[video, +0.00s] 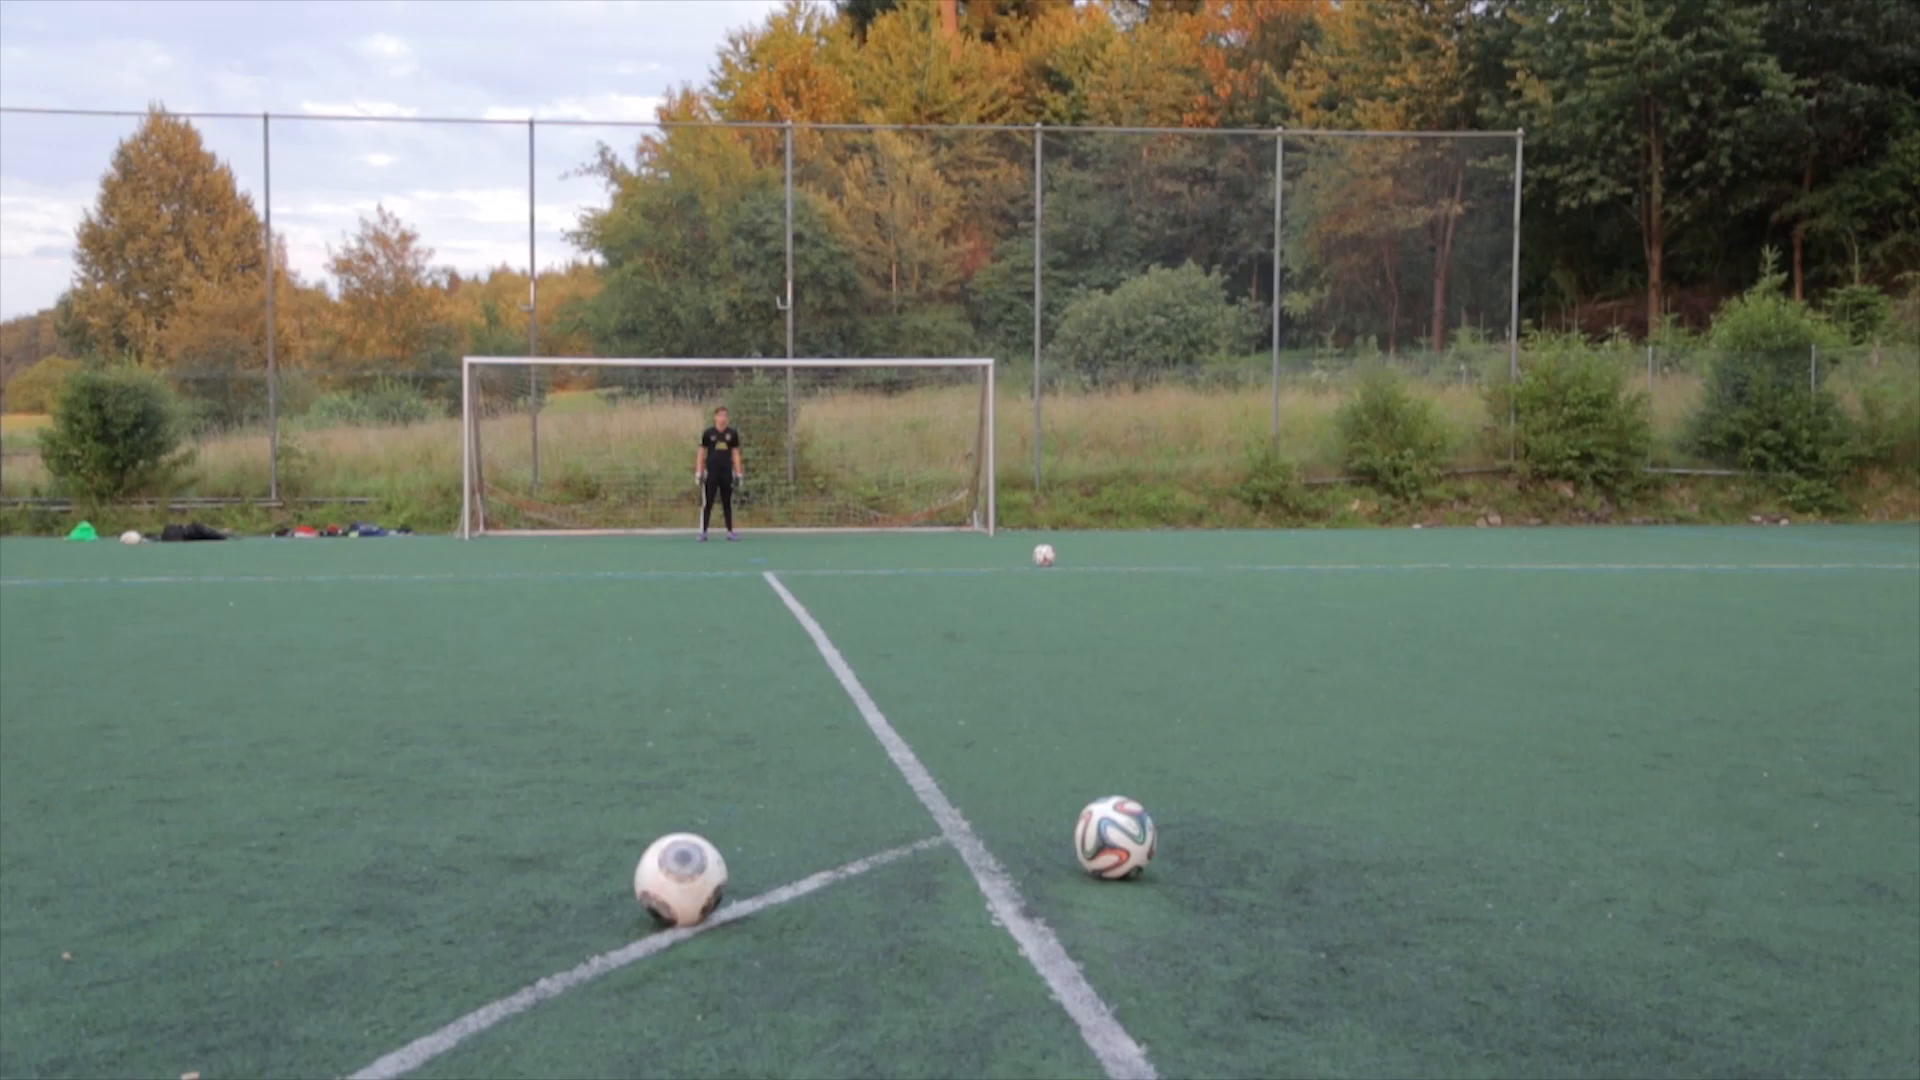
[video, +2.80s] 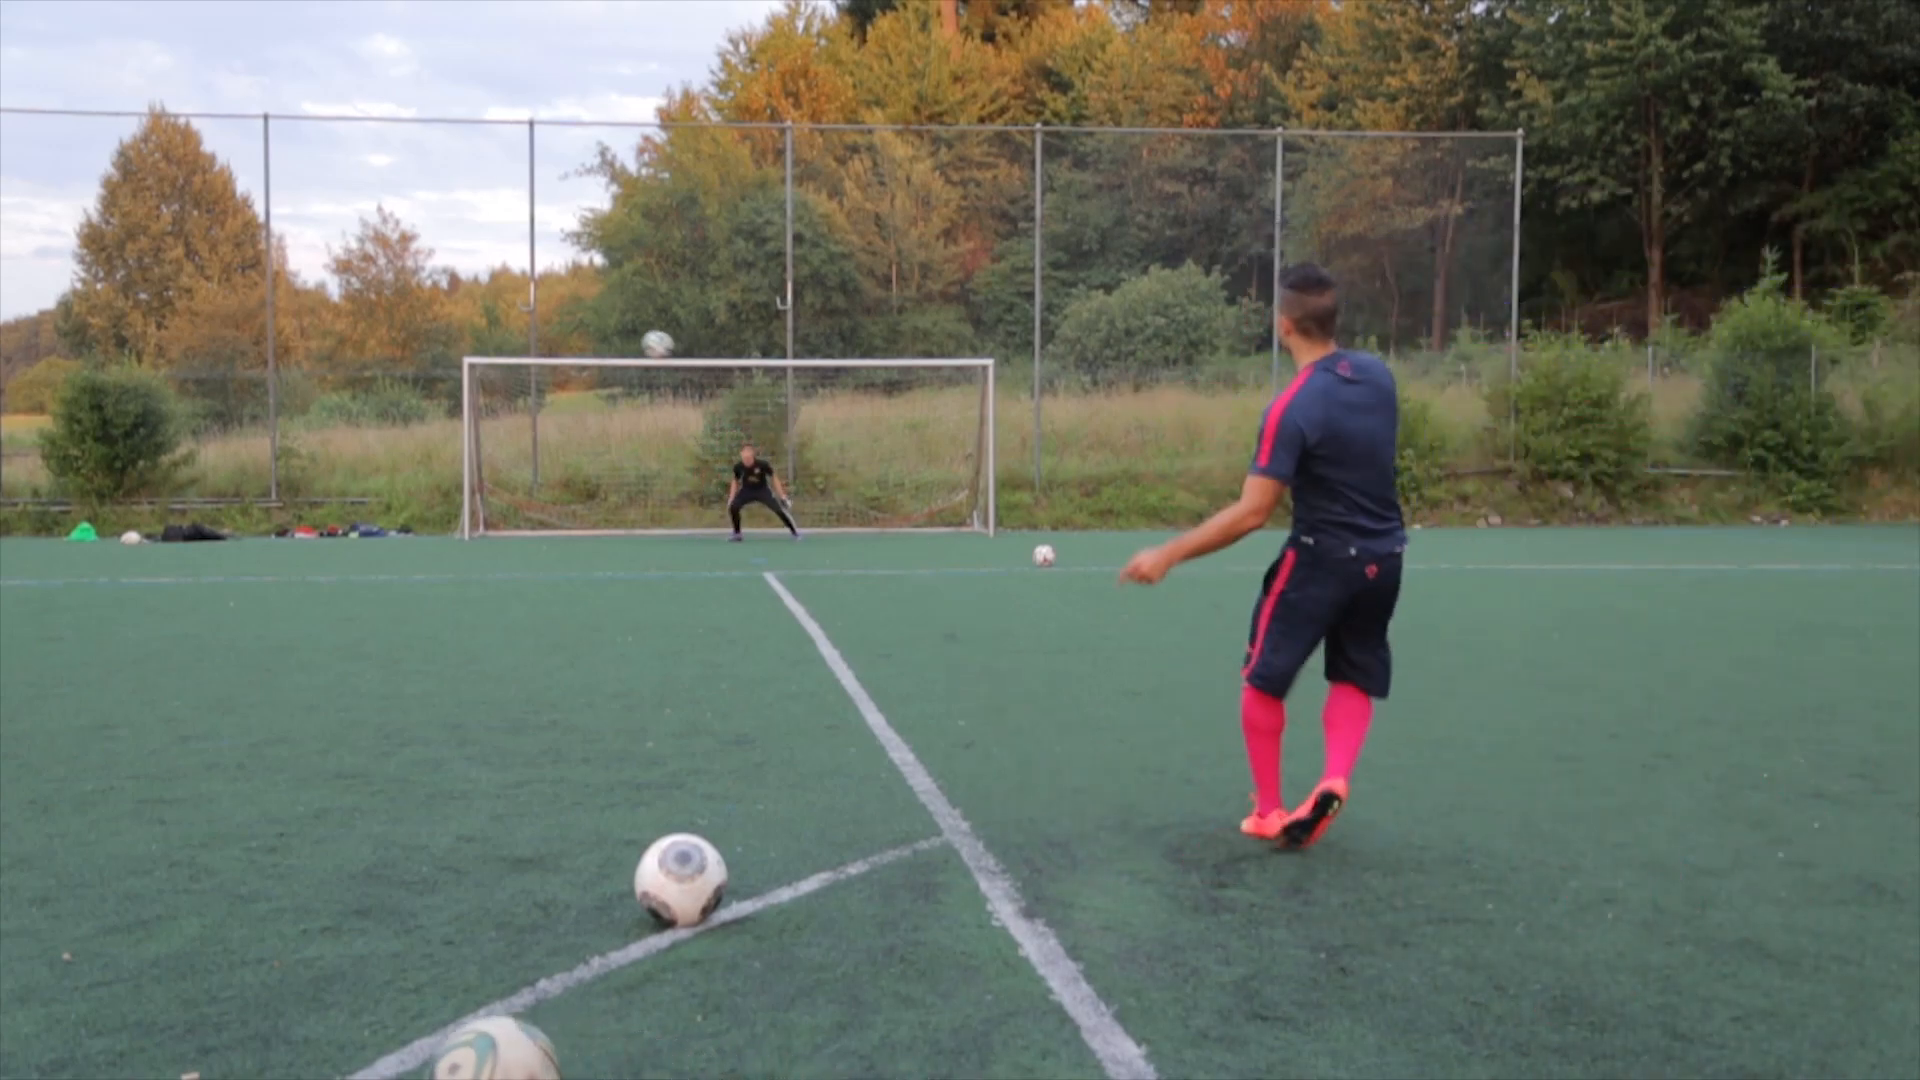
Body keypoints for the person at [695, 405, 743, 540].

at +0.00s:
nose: (723, 419)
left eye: (725, 416)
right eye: (720, 416)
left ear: (728, 418)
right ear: (715, 418)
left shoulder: (732, 434)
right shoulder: (708, 433)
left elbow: (736, 453)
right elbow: (702, 452)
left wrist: (738, 471)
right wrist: (699, 470)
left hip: (726, 473)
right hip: (711, 473)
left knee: (727, 503)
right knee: (708, 503)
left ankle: (730, 530)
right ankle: (704, 530)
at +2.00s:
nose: (720, 439)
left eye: (722, 436)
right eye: (717, 436)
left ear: (725, 438)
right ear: (713, 437)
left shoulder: (731, 450)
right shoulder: (706, 450)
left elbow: (738, 464)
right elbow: (699, 464)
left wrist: (740, 481)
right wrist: (696, 480)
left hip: (725, 481)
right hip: (709, 481)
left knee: (736, 504)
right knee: (701, 505)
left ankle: (746, 530)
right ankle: (698, 532)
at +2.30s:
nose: (737, 442)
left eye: (739, 439)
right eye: (735, 439)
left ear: (743, 439)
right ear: (731, 439)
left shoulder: (750, 450)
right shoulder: (725, 451)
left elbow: (755, 464)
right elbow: (717, 465)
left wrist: (758, 478)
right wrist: (713, 482)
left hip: (746, 482)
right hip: (730, 481)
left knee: (749, 506)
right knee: (717, 505)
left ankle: (749, 532)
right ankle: (705, 532)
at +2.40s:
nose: (743, 438)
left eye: (745, 435)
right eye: (741, 436)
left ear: (748, 435)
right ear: (736, 435)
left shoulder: (756, 445)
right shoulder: (731, 447)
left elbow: (761, 457)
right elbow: (721, 459)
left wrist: (766, 469)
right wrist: (718, 477)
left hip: (753, 476)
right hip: (737, 476)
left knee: (760, 500)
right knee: (726, 500)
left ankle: (755, 529)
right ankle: (721, 527)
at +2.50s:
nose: (749, 437)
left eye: (751, 434)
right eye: (747, 434)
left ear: (754, 436)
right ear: (742, 435)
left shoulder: (762, 447)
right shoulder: (736, 449)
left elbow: (770, 459)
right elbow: (727, 461)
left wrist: (775, 472)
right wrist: (724, 478)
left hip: (759, 476)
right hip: (743, 476)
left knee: (770, 499)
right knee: (736, 499)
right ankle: (734, 527)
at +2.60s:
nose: (755, 447)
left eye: (757, 444)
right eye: (753, 444)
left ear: (760, 444)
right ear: (748, 445)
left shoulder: (768, 454)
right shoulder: (742, 457)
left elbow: (775, 468)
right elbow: (733, 468)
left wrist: (783, 482)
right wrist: (729, 484)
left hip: (765, 483)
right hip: (749, 484)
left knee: (779, 504)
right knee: (743, 505)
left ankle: (795, 530)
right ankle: (746, 532)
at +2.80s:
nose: (747, 461)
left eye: (749, 458)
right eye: (744, 458)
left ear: (753, 456)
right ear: (741, 458)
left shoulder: (763, 465)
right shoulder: (739, 468)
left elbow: (774, 479)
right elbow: (735, 483)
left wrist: (782, 496)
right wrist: (731, 499)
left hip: (762, 492)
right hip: (746, 493)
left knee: (778, 510)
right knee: (733, 508)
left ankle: (794, 533)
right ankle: (737, 534)